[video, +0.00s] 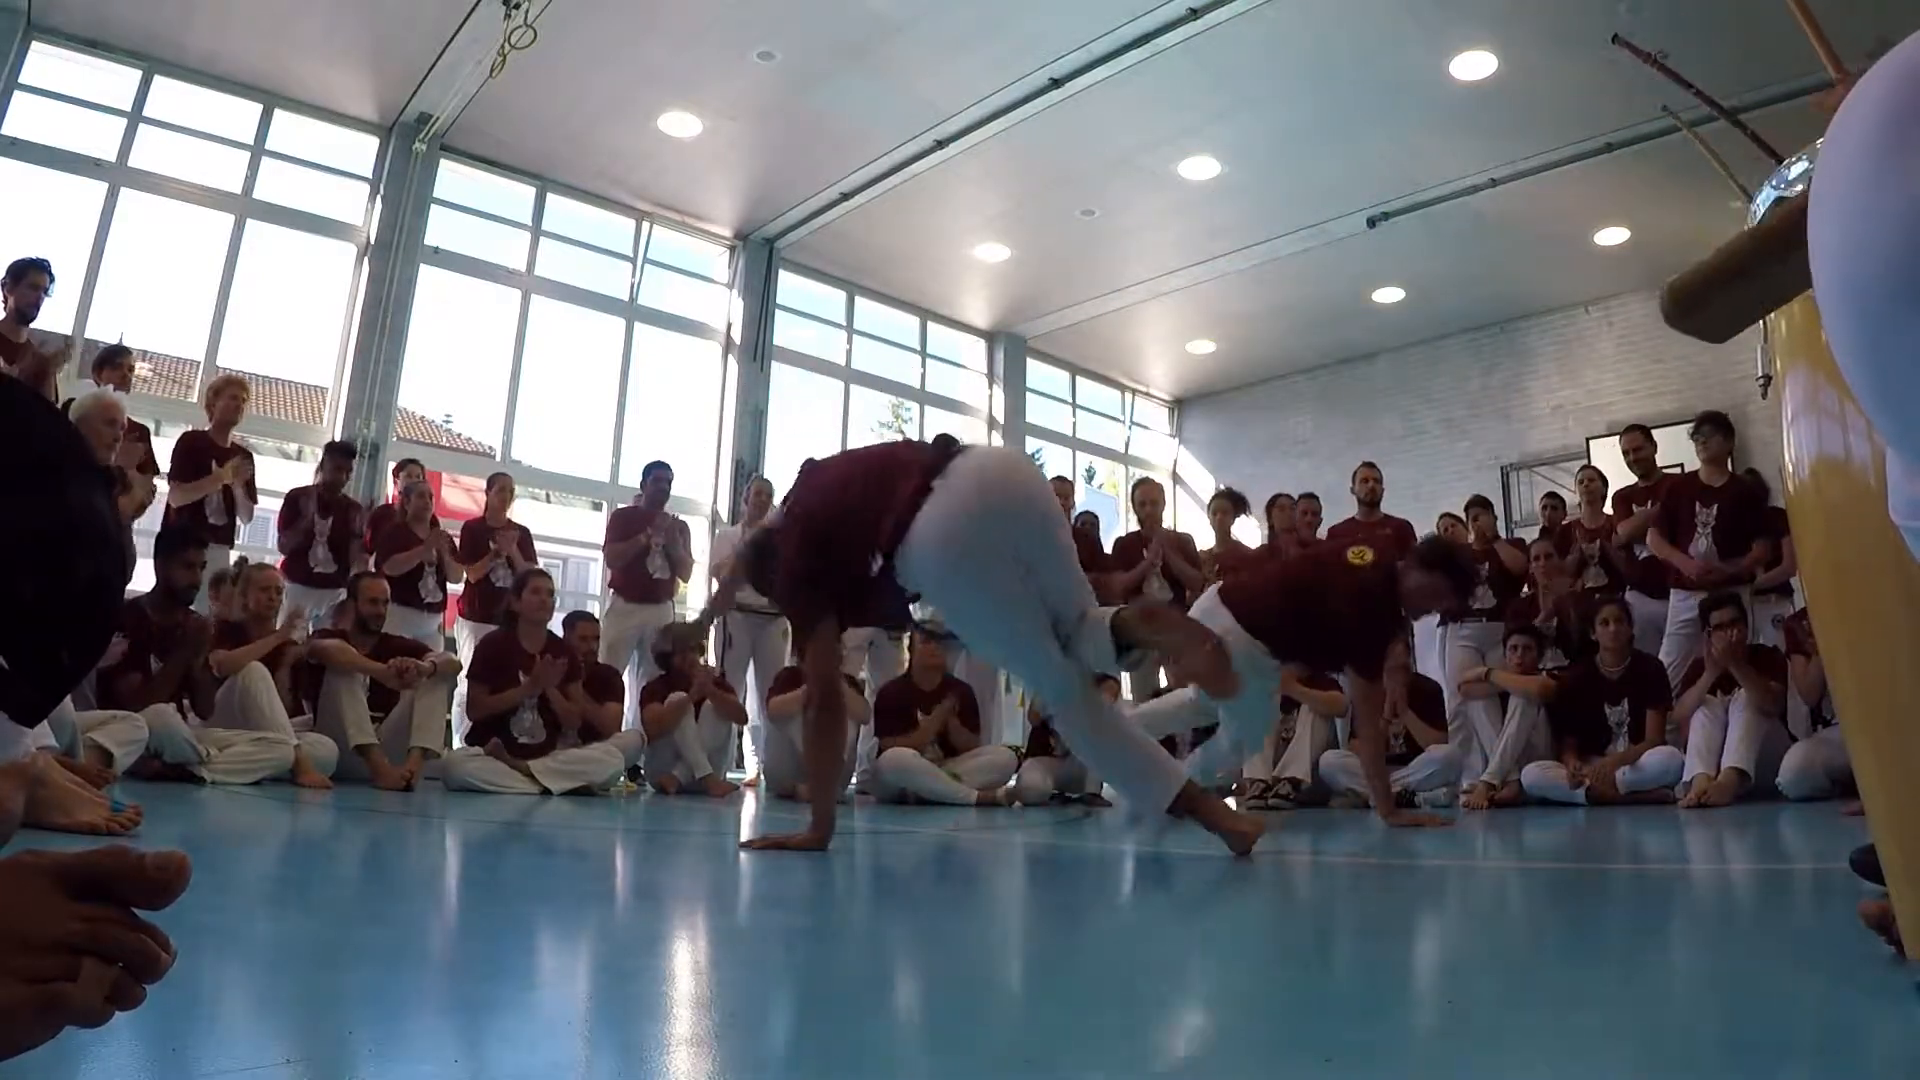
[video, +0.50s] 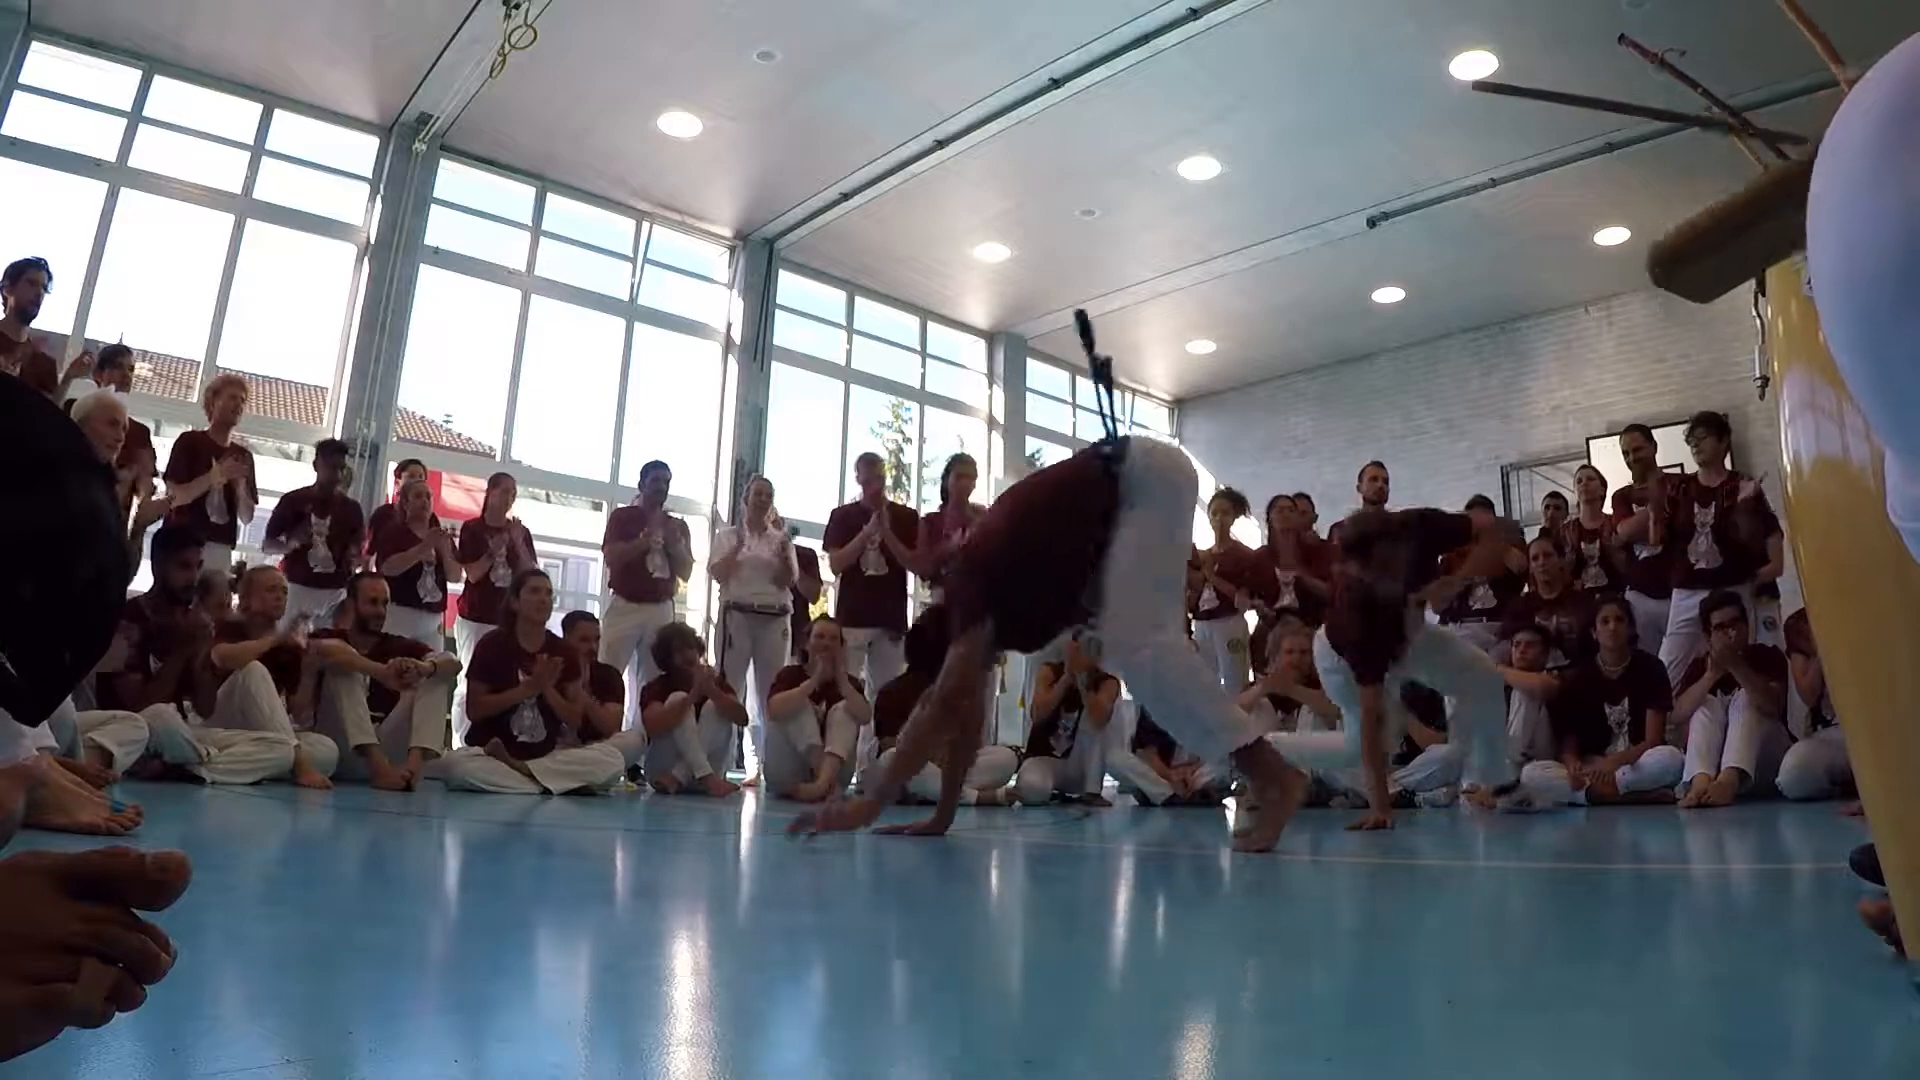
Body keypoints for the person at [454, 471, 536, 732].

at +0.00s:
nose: (506, 495)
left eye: (510, 491)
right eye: (501, 490)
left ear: (514, 496)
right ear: (488, 493)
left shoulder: (521, 533)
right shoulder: (472, 527)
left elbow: (531, 576)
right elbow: (471, 574)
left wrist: (512, 552)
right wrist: (495, 553)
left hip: (509, 623)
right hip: (474, 618)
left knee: (504, 683)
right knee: (470, 684)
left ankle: (497, 742)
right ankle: (463, 745)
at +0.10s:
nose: (507, 496)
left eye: (511, 492)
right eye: (502, 490)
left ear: (514, 497)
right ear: (488, 493)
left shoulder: (522, 533)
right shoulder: (472, 527)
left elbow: (532, 575)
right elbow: (471, 573)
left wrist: (515, 549)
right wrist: (496, 553)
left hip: (510, 621)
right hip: (474, 617)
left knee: (506, 682)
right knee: (470, 682)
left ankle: (498, 741)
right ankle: (461, 743)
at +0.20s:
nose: (506, 496)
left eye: (511, 492)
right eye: (501, 490)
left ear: (514, 498)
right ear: (488, 492)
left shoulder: (522, 533)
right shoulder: (472, 528)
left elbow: (532, 575)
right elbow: (471, 574)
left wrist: (513, 551)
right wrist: (497, 552)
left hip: (509, 623)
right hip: (474, 619)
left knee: (504, 684)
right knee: (469, 685)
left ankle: (497, 743)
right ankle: (462, 745)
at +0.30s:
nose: (508, 497)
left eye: (512, 493)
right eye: (504, 491)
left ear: (515, 498)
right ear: (489, 492)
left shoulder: (521, 532)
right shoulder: (472, 527)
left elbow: (531, 575)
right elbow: (470, 573)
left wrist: (512, 554)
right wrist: (496, 553)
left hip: (510, 622)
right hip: (474, 618)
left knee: (505, 684)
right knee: (470, 685)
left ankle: (497, 743)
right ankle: (462, 745)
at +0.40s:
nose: (508, 496)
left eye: (512, 493)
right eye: (503, 490)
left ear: (515, 499)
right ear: (489, 493)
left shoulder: (521, 533)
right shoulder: (472, 528)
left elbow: (531, 576)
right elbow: (471, 574)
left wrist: (513, 549)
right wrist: (497, 550)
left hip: (509, 624)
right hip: (474, 619)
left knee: (504, 685)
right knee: (470, 686)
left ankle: (497, 744)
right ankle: (463, 746)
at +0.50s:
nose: (508, 497)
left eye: (512, 493)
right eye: (503, 491)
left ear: (515, 498)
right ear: (489, 493)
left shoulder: (521, 531)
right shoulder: (472, 527)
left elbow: (531, 573)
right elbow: (471, 573)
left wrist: (518, 545)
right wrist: (494, 553)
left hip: (510, 622)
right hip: (475, 617)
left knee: (505, 684)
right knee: (470, 684)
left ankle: (497, 743)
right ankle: (462, 745)